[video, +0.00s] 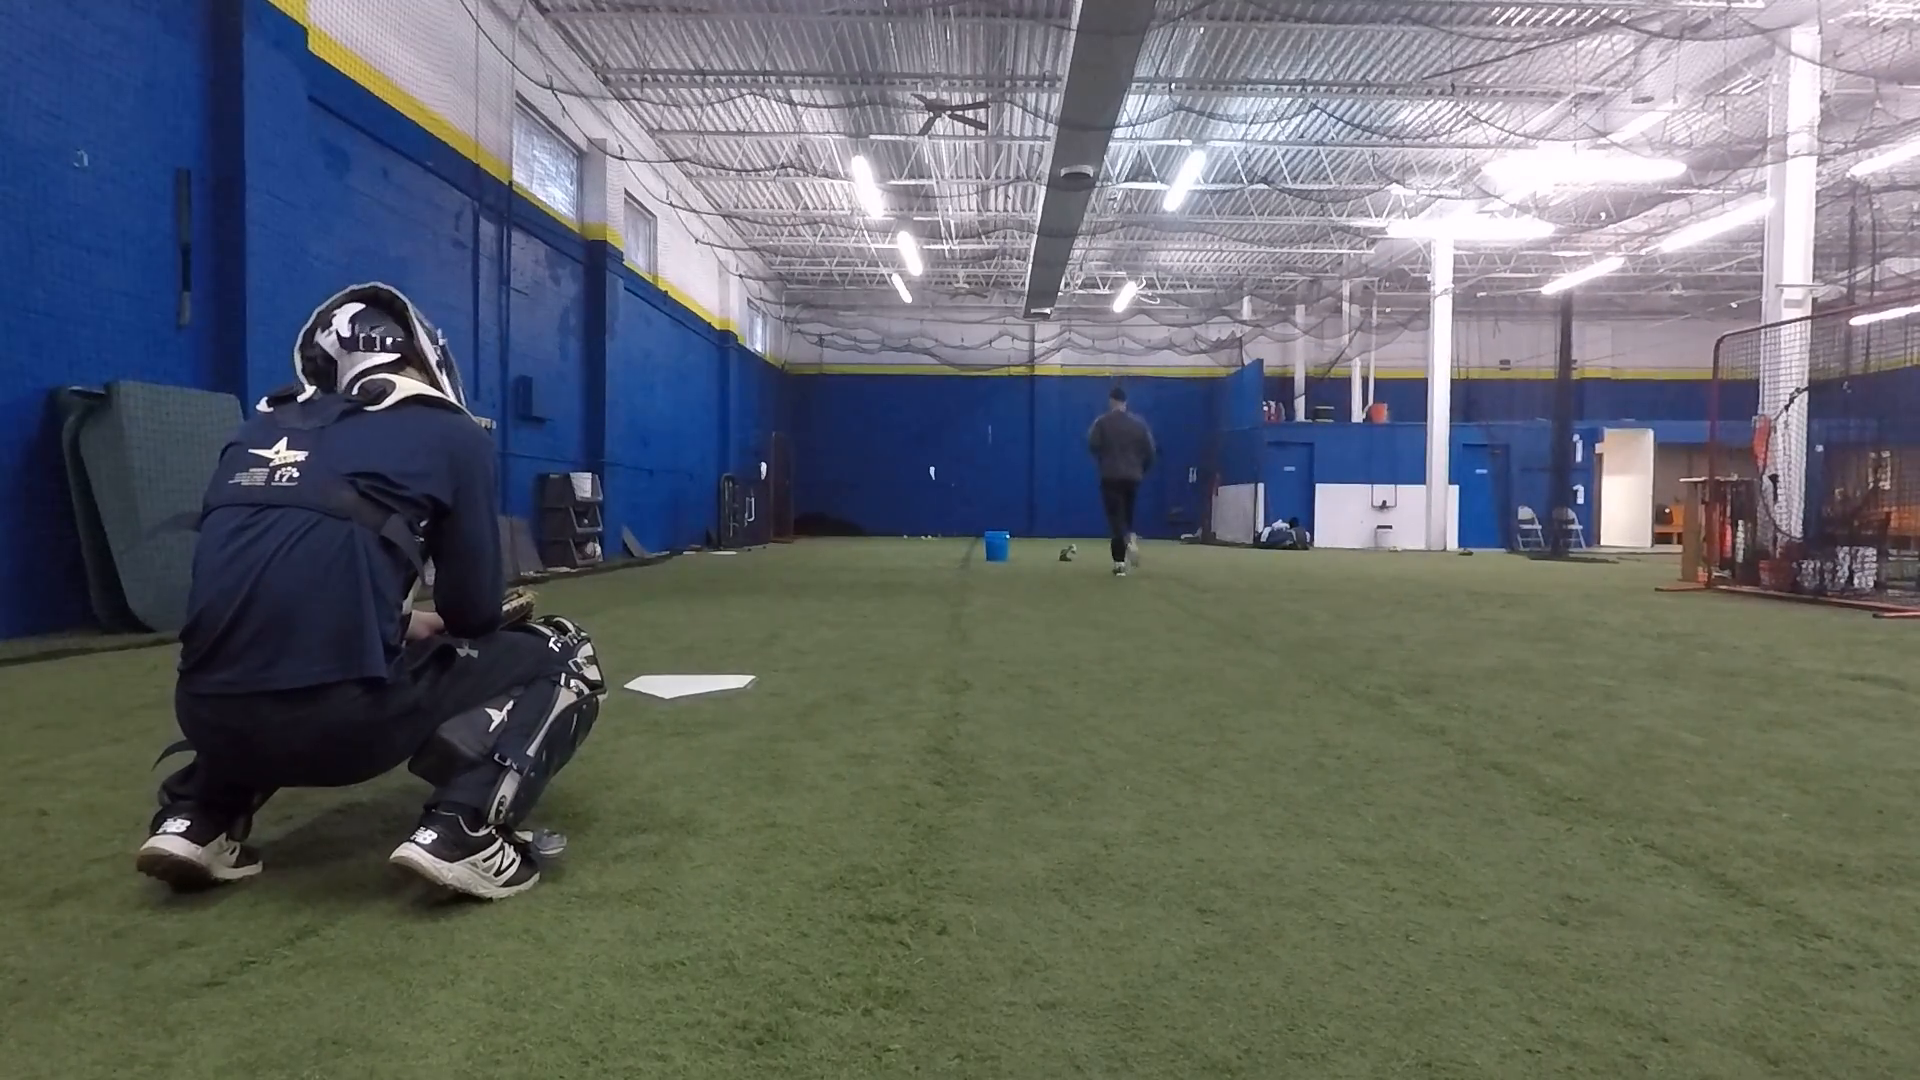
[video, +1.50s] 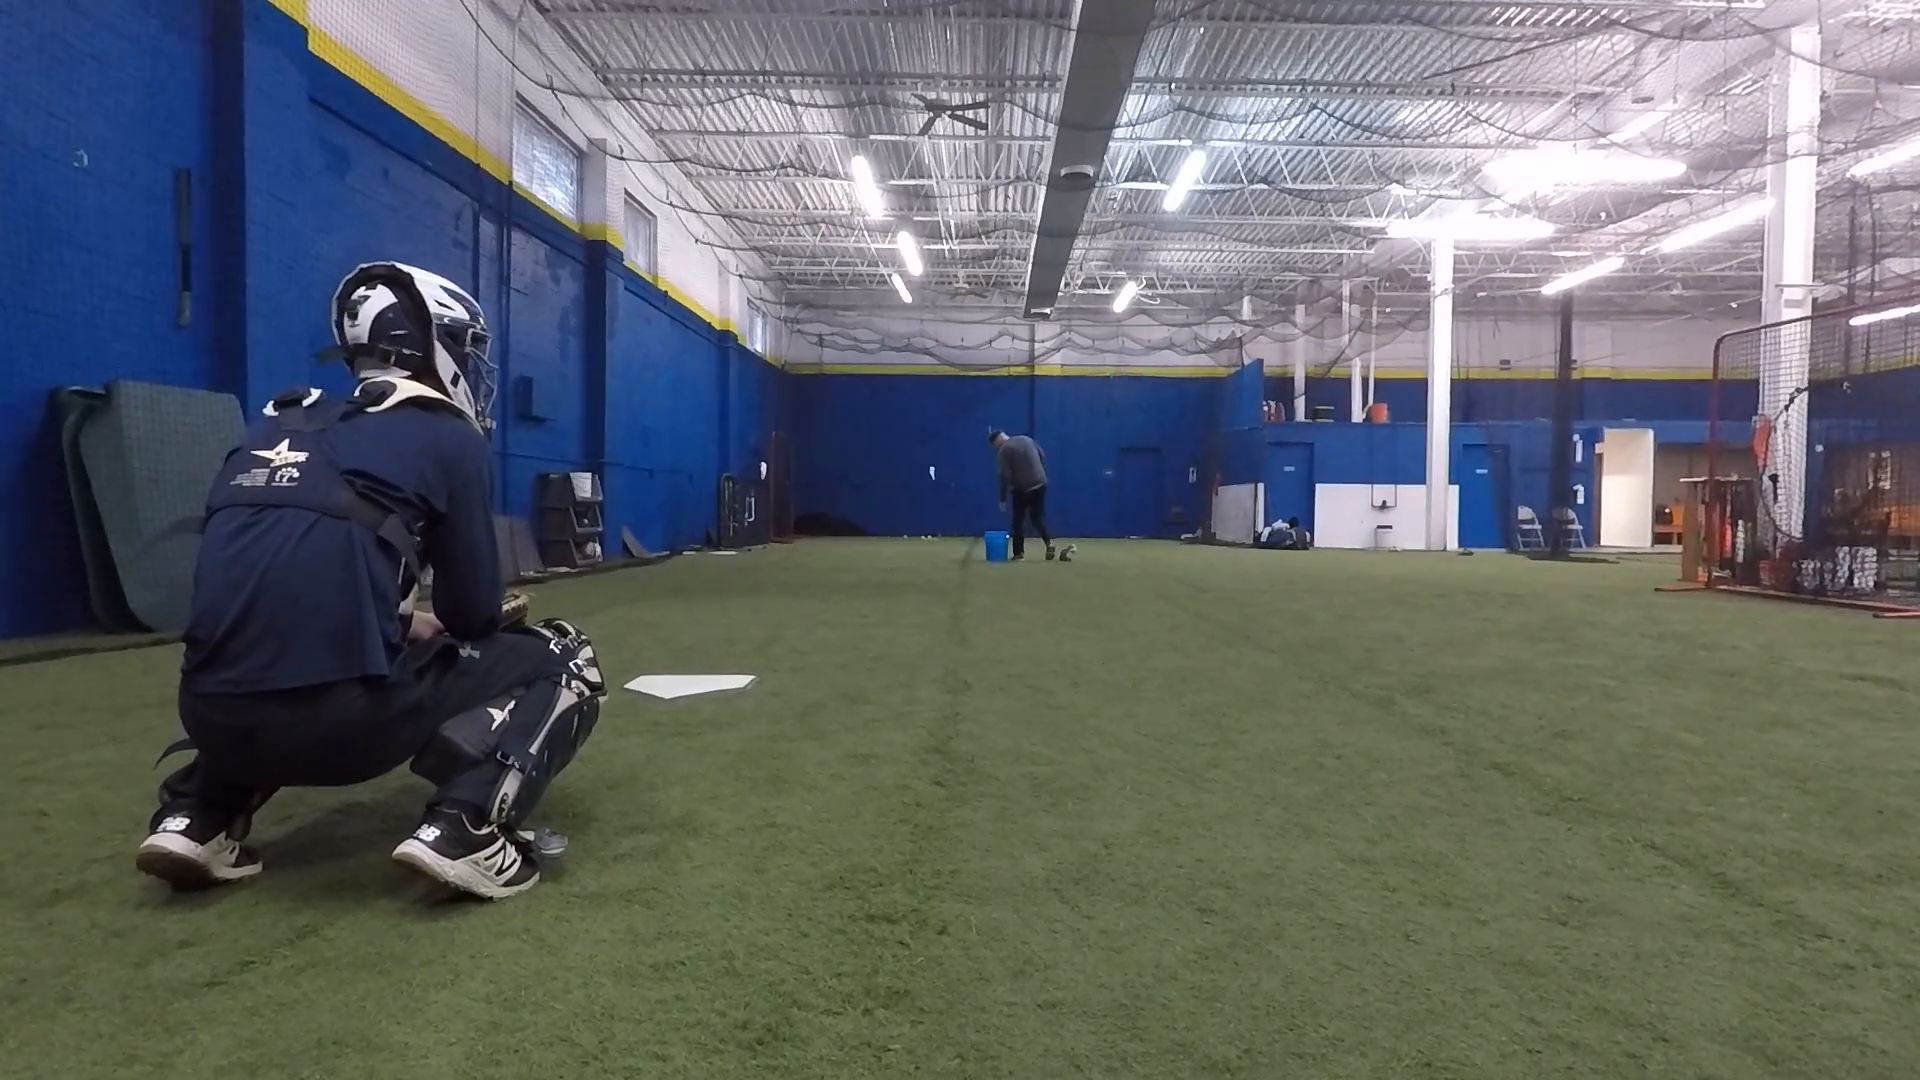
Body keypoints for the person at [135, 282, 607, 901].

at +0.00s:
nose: (444, 361)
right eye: (433, 349)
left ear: (316, 372)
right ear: (423, 356)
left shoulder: (259, 426)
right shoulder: (451, 432)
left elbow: (252, 585)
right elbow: (475, 611)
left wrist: (402, 623)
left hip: (218, 721)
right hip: (347, 723)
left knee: (279, 628)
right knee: (565, 654)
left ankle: (196, 817)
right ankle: (462, 827)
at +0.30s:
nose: (449, 359)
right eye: (442, 344)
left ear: (323, 361)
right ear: (427, 346)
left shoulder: (260, 429)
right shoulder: (450, 434)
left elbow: (259, 589)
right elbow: (473, 611)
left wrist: (401, 626)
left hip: (218, 724)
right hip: (343, 726)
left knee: (278, 630)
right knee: (567, 657)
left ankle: (198, 816)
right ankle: (465, 826)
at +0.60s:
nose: (458, 360)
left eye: (453, 346)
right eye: (450, 344)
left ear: (330, 356)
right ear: (433, 344)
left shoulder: (261, 428)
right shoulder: (451, 438)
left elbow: (261, 590)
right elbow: (470, 614)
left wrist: (401, 626)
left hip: (217, 722)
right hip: (344, 725)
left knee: (281, 633)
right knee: (565, 656)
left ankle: (195, 816)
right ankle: (465, 826)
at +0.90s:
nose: (463, 369)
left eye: (462, 352)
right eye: (455, 350)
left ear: (348, 353)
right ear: (426, 344)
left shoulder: (265, 428)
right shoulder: (449, 439)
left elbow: (263, 590)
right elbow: (469, 614)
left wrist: (404, 627)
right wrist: (498, 627)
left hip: (216, 721)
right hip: (342, 725)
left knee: (280, 633)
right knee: (565, 659)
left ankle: (195, 817)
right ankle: (465, 827)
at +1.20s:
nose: (473, 372)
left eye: (473, 355)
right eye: (465, 352)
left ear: (357, 349)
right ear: (432, 345)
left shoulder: (272, 423)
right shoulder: (445, 438)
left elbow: (265, 587)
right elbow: (470, 616)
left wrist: (401, 624)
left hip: (217, 722)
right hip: (340, 726)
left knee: (283, 630)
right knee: (564, 658)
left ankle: (196, 816)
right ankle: (466, 826)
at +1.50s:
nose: (476, 368)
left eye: (475, 350)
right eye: (468, 348)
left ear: (360, 352)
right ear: (436, 346)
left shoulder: (276, 423)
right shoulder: (449, 437)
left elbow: (264, 586)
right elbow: (472, 613)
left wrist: (400, 624)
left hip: (221, 722)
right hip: (345, 725)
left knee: (286, 630)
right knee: (566, 659)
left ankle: (196, 816)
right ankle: (466, 825)